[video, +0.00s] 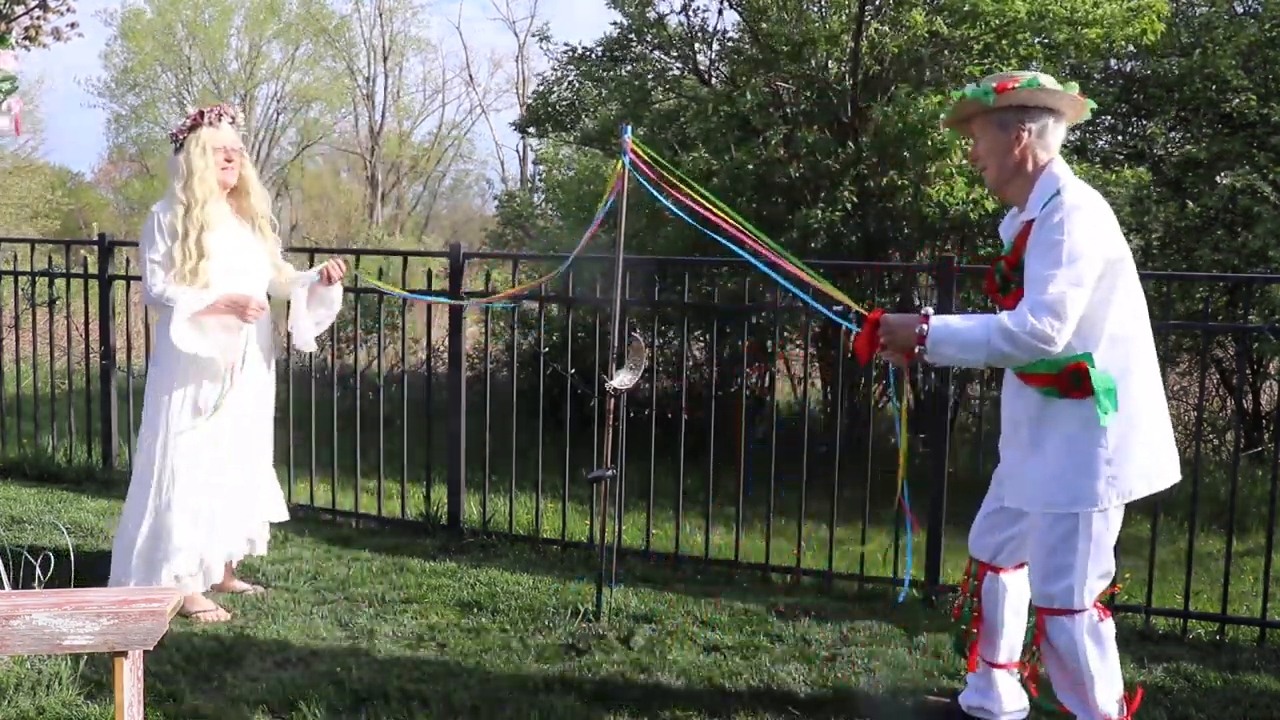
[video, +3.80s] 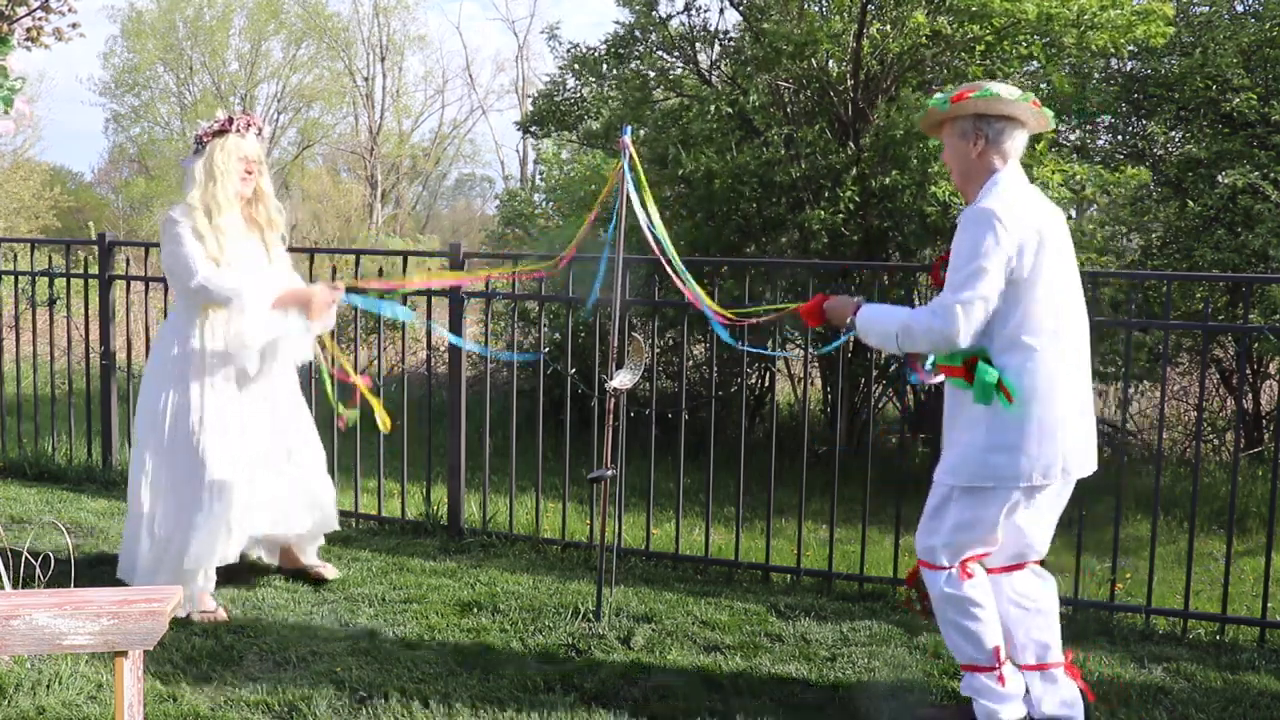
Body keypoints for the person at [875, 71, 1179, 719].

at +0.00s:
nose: (970, 156)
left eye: (977, 139)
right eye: (969, 142)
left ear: (1024, 137)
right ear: (1020, 140)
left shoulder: (1072, 215)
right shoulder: (1030, 220)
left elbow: (1045, 331)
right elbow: (1023, 331)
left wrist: (927, 331)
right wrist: (927, 343)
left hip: (1086, 444)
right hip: (1037, 438)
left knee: (1067, 598)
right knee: (996, 557)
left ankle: (1100, 711)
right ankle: (992, 700)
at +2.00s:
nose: (1029, 155)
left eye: (1037, 139)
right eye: (1027, 142)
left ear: (1086, 140)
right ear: (1074, 143)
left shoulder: (1119, 223)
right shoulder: (1074, 222)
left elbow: (1079, 340)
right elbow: (1036, 316)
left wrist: (964, 326)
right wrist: (957, 309)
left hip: (1105, 456)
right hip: (1064, 449)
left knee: (1054, 604)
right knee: (1019, 576)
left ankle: (1093, 712)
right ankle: (1068, 699)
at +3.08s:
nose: (990, 142)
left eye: (996, 128)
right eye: (990, 128)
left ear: (1031, 130)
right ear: (1049, 130)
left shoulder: (1040, 212)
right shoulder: (1095, 198)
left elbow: (975, 326)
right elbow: (1046, 299)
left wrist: (899, 298)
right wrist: (964, 274)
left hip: (1070, 446)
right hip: (1101, 438)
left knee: (1066, 598)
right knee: (1052, 589)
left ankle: (1088, 711)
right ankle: (1061, 707)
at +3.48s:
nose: (974, 140)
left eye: (980, 127)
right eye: (975, 127)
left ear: (1012, 130)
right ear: (1037, 132)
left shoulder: (999, 201)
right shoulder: (1085, 197)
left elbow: (929, 296)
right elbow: (1036, 284)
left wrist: (880, 265)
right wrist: (950, 263)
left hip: (1032, 414)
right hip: (1103, 416)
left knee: (996, 554)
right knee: (1054, 554)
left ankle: (1070, 698)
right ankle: (1054, 685)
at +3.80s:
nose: (941, 160)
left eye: (946, 144)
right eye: (941, 146)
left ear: (981, 143)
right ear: (998, 145)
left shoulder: (990, 215)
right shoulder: (1043, 213)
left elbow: (953, 324)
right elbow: (1024, 337)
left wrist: (858, 313)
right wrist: (936, 350)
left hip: (1004, 435)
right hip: (1059, 435)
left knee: (945, 553)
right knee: (1014, 560)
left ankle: (996, 702)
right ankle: (1055, 700)